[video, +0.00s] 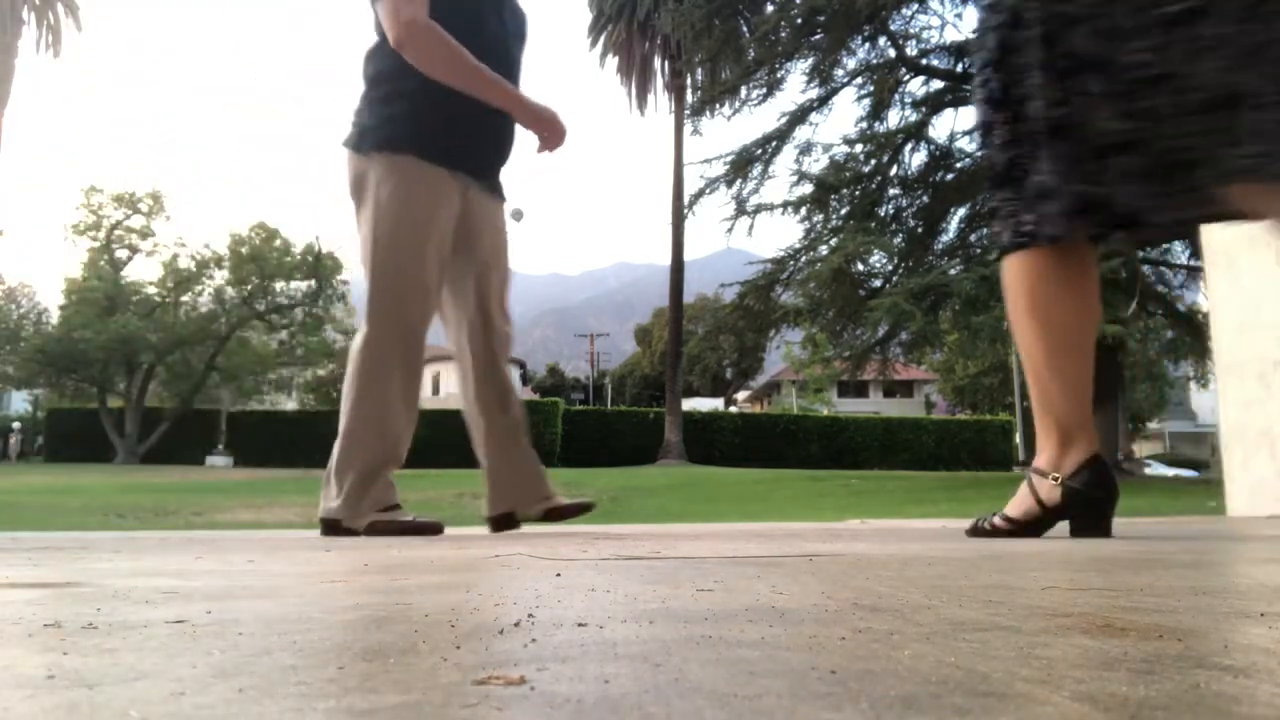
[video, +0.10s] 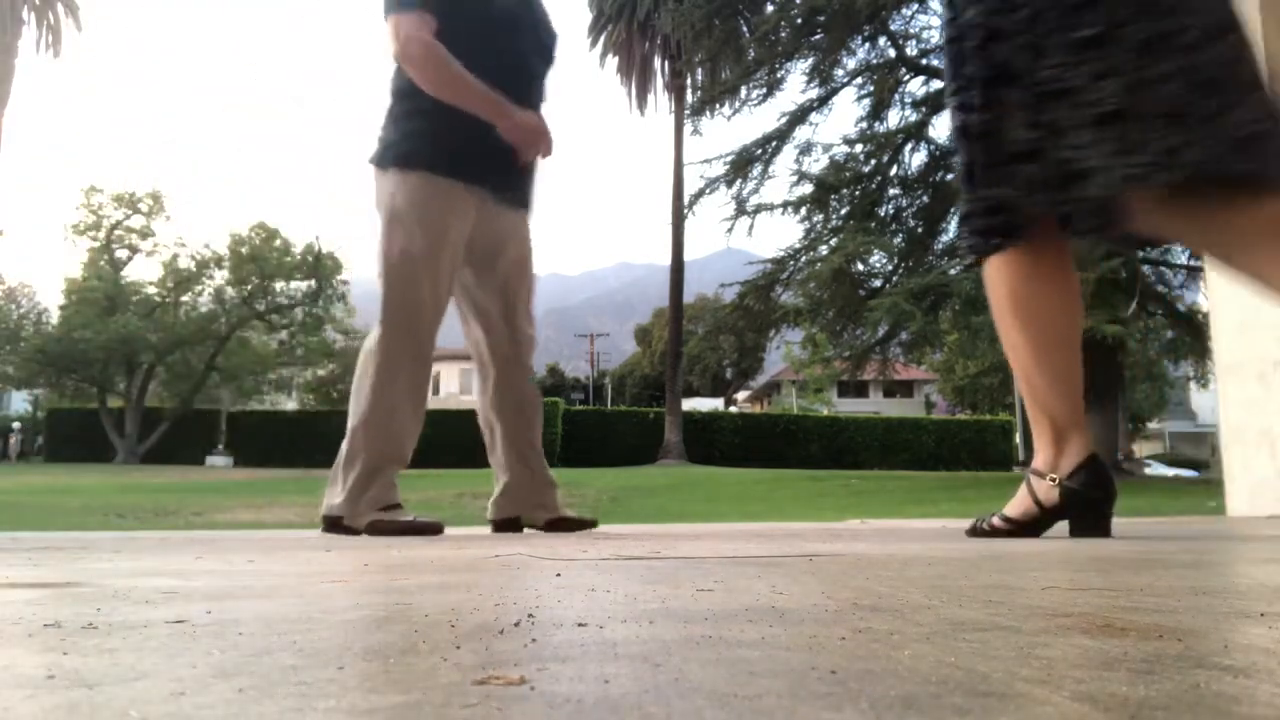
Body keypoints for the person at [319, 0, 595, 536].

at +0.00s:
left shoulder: (504, 10)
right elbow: (407, 31)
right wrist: (522, 106)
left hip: (476, 169)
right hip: (406, 152)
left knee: (485, 337)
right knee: (395, 326)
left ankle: (519, 494)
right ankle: (355, 502)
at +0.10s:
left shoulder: (535, 15)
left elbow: (520, 88)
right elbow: (411, 46)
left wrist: (524, 131)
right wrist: (507, 115)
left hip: (503, 183)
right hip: (428, 165)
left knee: (509, 347)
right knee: (405, 334)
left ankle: (524, 499)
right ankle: (359, 500)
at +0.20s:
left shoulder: (559, 17)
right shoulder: (442, 1)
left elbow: (564, 115)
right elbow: (420, 58)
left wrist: (580, 200)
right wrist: (471, 130)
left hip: (525, 202)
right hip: (445, 188)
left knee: (526, 355)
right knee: (416, 344)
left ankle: (523, 499)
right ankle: (386, 499)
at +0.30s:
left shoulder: (573, 21)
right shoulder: (455, 3)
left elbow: (585, 120)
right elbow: (434, 65)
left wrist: (606, 200)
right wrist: (453, 145)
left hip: (537, 201)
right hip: (457, 189)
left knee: (530, 353)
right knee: (446, 345)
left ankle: (524, 496)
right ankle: (435, 499)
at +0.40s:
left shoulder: (579, 27)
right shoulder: (465, 4)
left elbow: (590, 129)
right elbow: (446, 69)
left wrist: (608, 208)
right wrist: (448, 160)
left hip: (548, 207)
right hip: (473, 197)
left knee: (539, 357)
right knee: (472, 353)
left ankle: (535, 495)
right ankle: (474, 500)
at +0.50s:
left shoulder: (576, 39)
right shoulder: (472, 5)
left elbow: (580, 134)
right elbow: (449, 83)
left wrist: (598, 214)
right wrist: (454, 177)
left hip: (552, 213)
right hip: (481, 207)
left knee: (547, 358)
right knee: (487, 354)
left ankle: (539, 495)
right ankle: (484, 499)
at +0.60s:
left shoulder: (569, 47)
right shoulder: (480, 10)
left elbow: (570, 136)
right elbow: (451, 103)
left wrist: (590, 216)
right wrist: (463, 197)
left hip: (547, 224)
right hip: (482, 217)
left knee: (548, 365)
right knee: (486, 362)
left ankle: (545, 499)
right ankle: (483, 502)